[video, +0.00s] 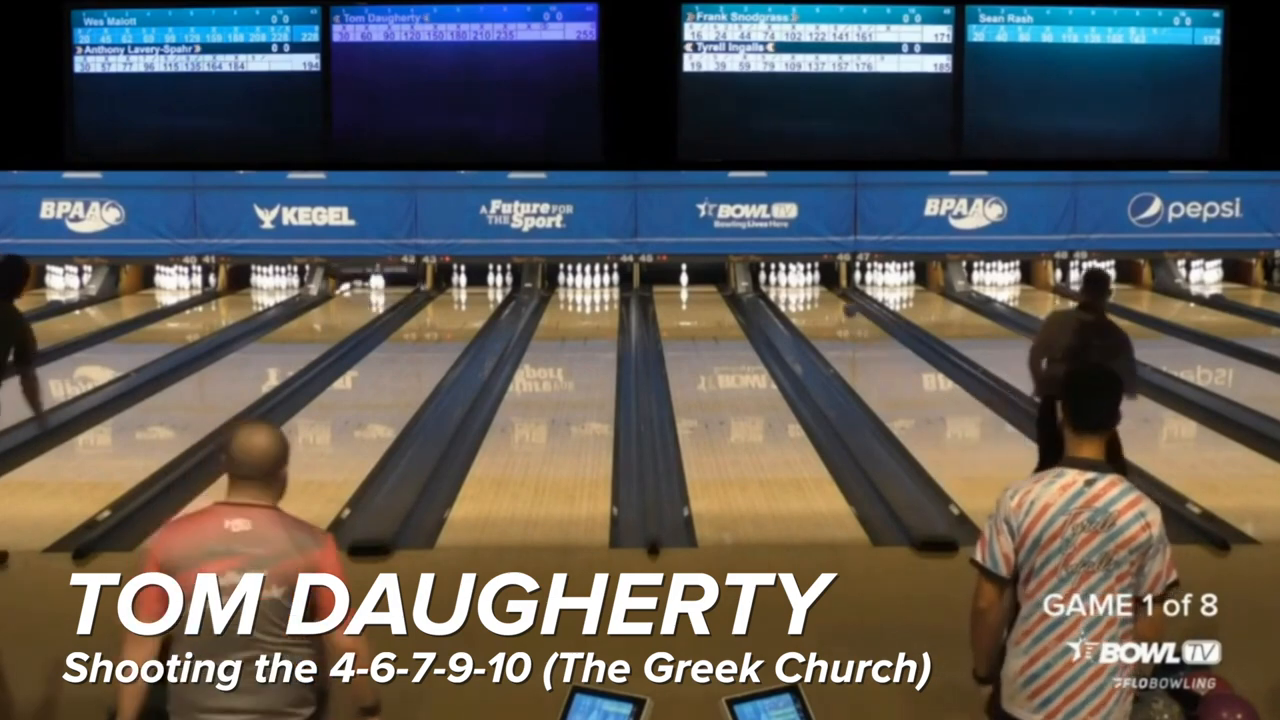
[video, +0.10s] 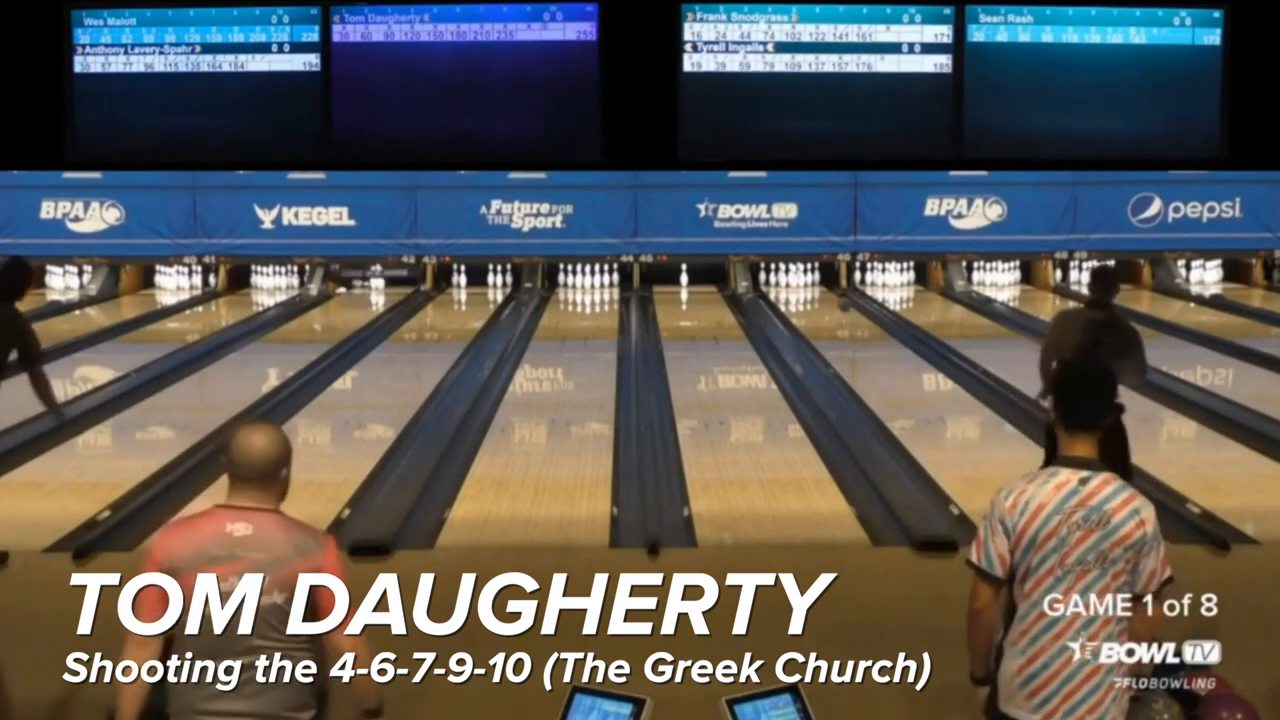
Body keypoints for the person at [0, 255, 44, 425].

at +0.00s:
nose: (23, 287)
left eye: (23, 281)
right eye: (22, 281)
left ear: (3, 278)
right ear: (19, 284)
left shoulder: (17, 324)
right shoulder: (16, 324)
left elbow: (27, 375)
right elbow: (27, 376)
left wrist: (40, 415)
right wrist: (41, 416)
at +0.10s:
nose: (28, 289)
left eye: (29, 284)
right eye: (27, 284)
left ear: (5, 278)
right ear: (18, 284)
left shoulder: (13, 319)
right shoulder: (13, 320)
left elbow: (35, 371)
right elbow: (35, 371)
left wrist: (56, 410)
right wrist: (57, 411)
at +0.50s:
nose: (23, 301)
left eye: (25, 297)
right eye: (23, 296)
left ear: (6, 285)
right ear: (16, 296)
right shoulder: (6, 329)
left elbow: (19, 382)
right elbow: (19, 382)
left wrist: (38, 397)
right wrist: (40, 397)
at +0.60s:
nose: (17, 302)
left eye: (19, 298)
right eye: (17, 297)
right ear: (11, 296)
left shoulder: (5, 330)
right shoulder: (4, 331)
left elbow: (15, 386)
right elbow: (16, 386)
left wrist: (36, 385)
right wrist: (38, 386)